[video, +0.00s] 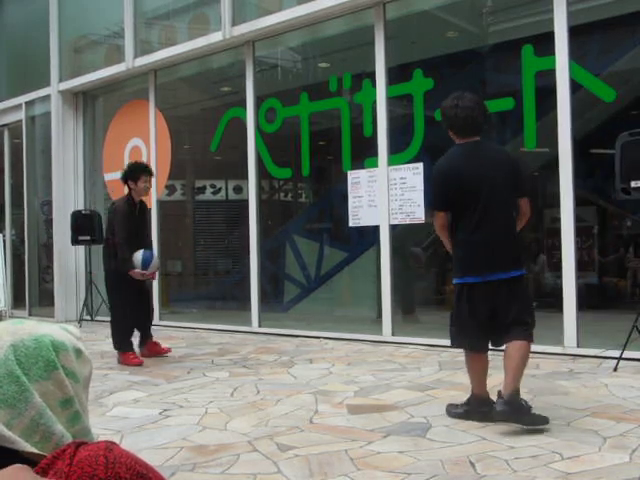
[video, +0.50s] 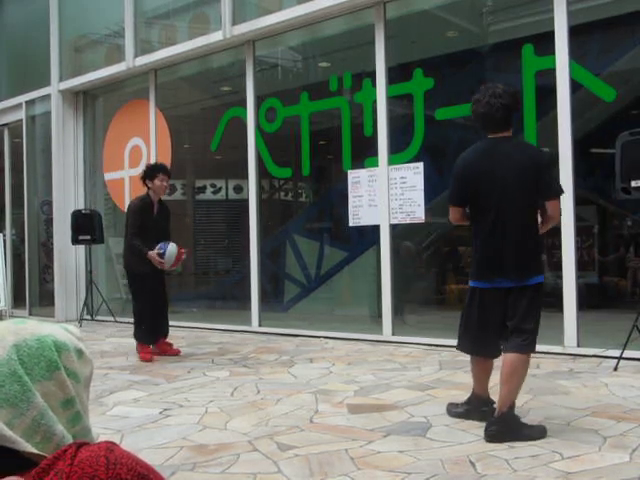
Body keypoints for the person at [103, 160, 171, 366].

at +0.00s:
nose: (148, 185)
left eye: (149, 181)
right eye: (144, 181)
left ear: (150, 183)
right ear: (131, 184)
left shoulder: (143, 208)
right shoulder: (119, 208)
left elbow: (146, 239)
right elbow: (119, 241)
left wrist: (150, 265)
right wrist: (129, 267)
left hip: (138, 264)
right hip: (118, 266)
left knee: (144, 303)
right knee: (122, 307)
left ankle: (146, 341)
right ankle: (124, 350)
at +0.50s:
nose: (165, 185)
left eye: (167, 182)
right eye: (161, 181)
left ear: (168, 184)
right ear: (148, 182)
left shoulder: (163, 208)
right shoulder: (137, 206)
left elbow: (164, 238)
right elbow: (132, 238)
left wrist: (175, 253)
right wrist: (148, 253)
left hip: (156, 260)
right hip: (137, 261)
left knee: (160, 300)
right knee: (143, 301)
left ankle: (160, 340)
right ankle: (143, 343)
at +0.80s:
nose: (162, 184)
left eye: (165, 181)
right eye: (158, 180)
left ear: (167, 182)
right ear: (147, 181)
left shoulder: (163, 205)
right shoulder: (136, 202)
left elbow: (168, 226)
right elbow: (142, 225)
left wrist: (187, 223)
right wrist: (167, 226)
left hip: (152, 260)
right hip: (134, 260)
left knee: (160, 299)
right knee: (149, 300)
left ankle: (158, 339)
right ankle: (150, 343)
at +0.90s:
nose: (161, 185)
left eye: (163, 181)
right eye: (157, 181)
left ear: (166, 183)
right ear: (145, 182)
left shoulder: (160, 206)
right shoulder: (136, 203)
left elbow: (161, 231)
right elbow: (142, 225)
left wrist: (178, 231)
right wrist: (168, 229)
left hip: (153, 261)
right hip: (135, 262)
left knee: (158, 301)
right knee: (147, 302)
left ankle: (158, 341)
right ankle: (148, 344)